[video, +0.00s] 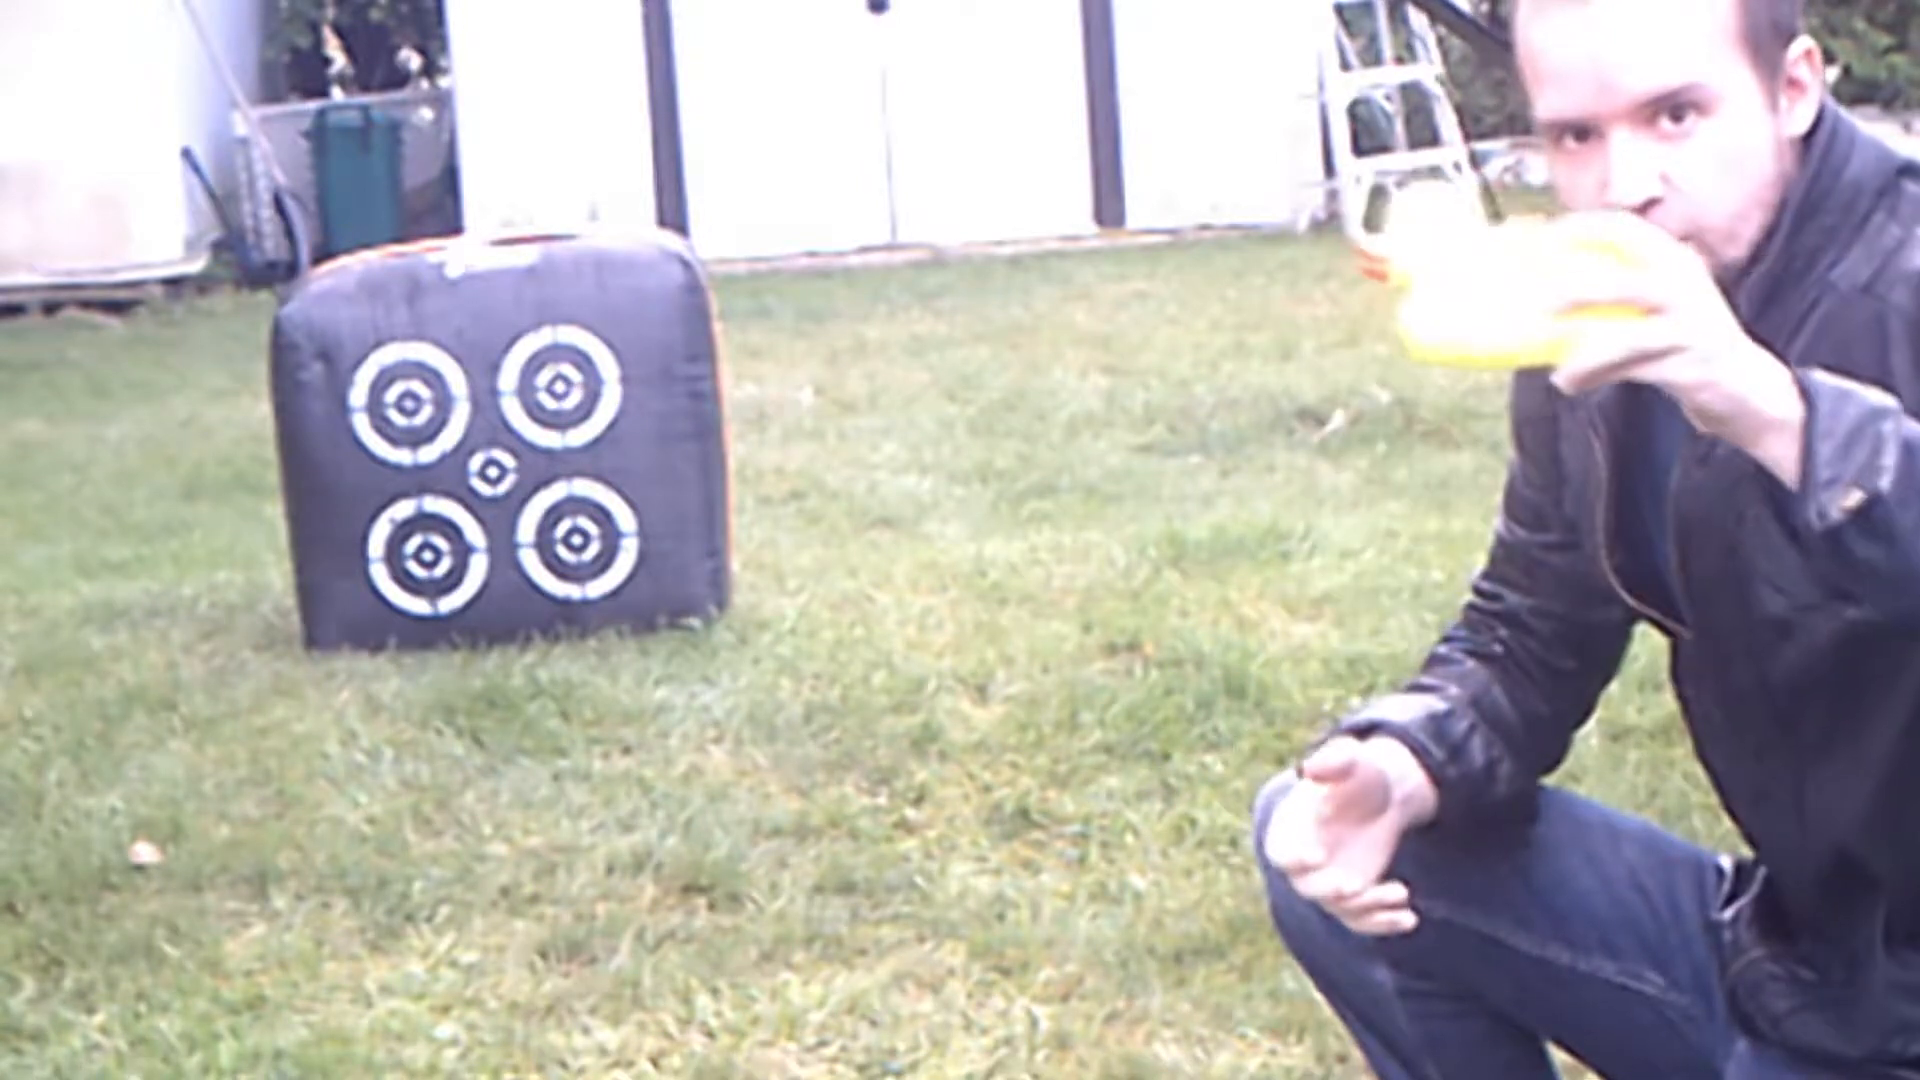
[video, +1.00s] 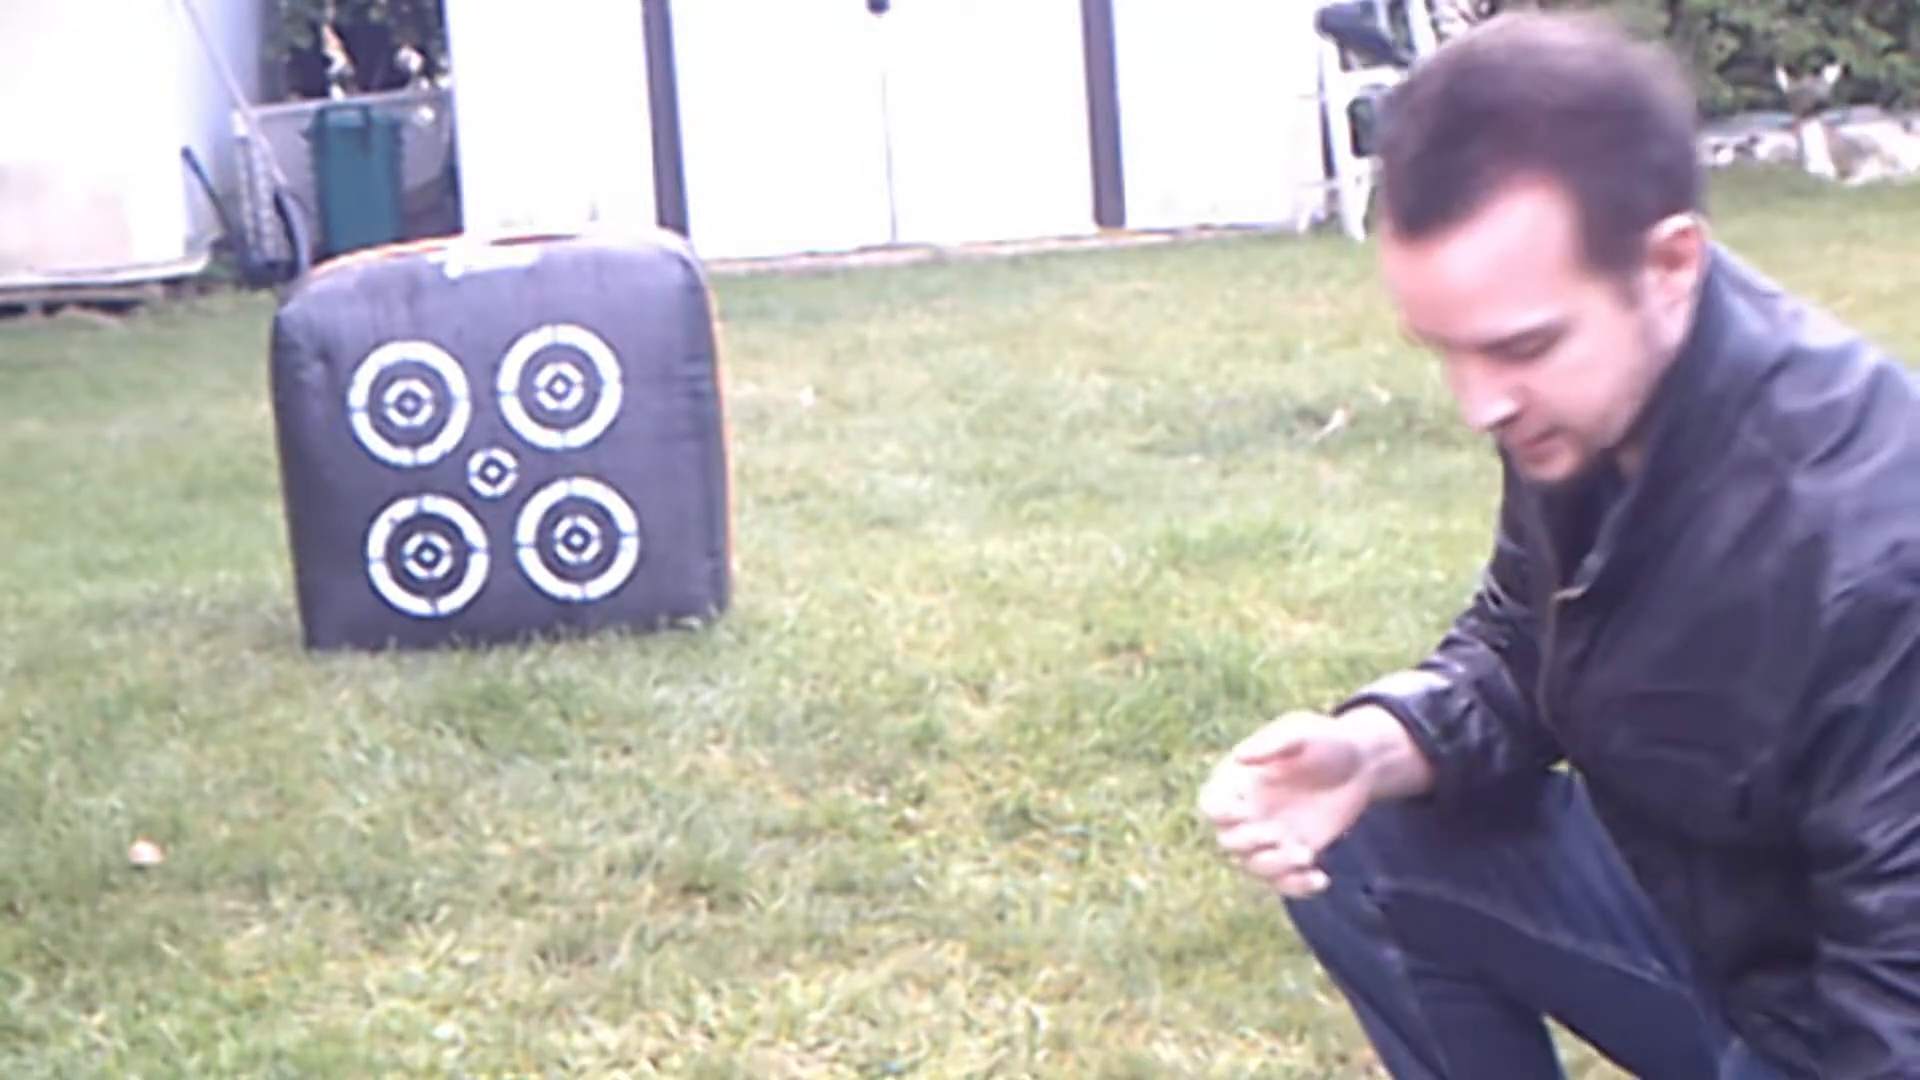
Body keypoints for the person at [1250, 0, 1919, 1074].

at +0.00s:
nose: (1626, 184)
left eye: (1675, 116)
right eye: (1575, 135)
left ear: (1796, 89)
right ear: (1536, 138)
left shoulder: (1898, 281)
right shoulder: (1598, 307)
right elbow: (1531, 629)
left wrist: (1779, 414)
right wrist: (1407, 760)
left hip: (1892, 1026)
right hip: (1769, 939)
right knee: (1328, 848)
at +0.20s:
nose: (1618, 196)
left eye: (1671, 123)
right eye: (1571, 142)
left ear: (1793, 95)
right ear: (1534, 146)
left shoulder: (1897, 288)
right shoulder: (1605, 314)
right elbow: (1530, 630)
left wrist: (1794, 437)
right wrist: (1405, 761)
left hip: (1890, 1029)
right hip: (1769, 939)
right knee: (1327, 847)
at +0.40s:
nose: (1595, 216)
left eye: (1646, 147)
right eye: (1552, 166)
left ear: (1784, 103)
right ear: (1522, 153)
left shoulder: (1901, 293)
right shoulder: (1616, 319)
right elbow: (1530, 634)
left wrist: (1771, 464)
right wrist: (1396, 761)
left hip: (1894, 1028)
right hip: (1765, 940)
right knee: (1342, 862)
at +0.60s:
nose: (1568, 269)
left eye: (1618, 204)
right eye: (1530, 210)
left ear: (1765, 148)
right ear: (1500, 182)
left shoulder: (1895, 371)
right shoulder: (1575, 350)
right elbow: (1536, 623)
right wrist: (1388, 747)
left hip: (1866, 1031)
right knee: (1338, 869)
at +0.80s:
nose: (1535, 349)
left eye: (1586, 287)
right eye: (1500, 289)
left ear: (1737, 219)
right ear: (1472, 246)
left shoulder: (1891, 474)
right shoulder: (1571, 389)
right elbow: (1532, 652)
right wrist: (1390, 744)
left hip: (1858, 1017)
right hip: (1702, 928)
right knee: (1353, 855)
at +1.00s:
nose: (1481, 406)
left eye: (1523, 348)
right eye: (1444, 351)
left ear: (1671, 270)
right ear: (1418, 301)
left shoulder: (1879, 541)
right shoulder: (1592, 392)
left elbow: (1893, 1001)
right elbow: (1522, 649)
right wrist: (1373, 751)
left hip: (1843, 1022)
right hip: (1693, 922)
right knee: (1355, 852)